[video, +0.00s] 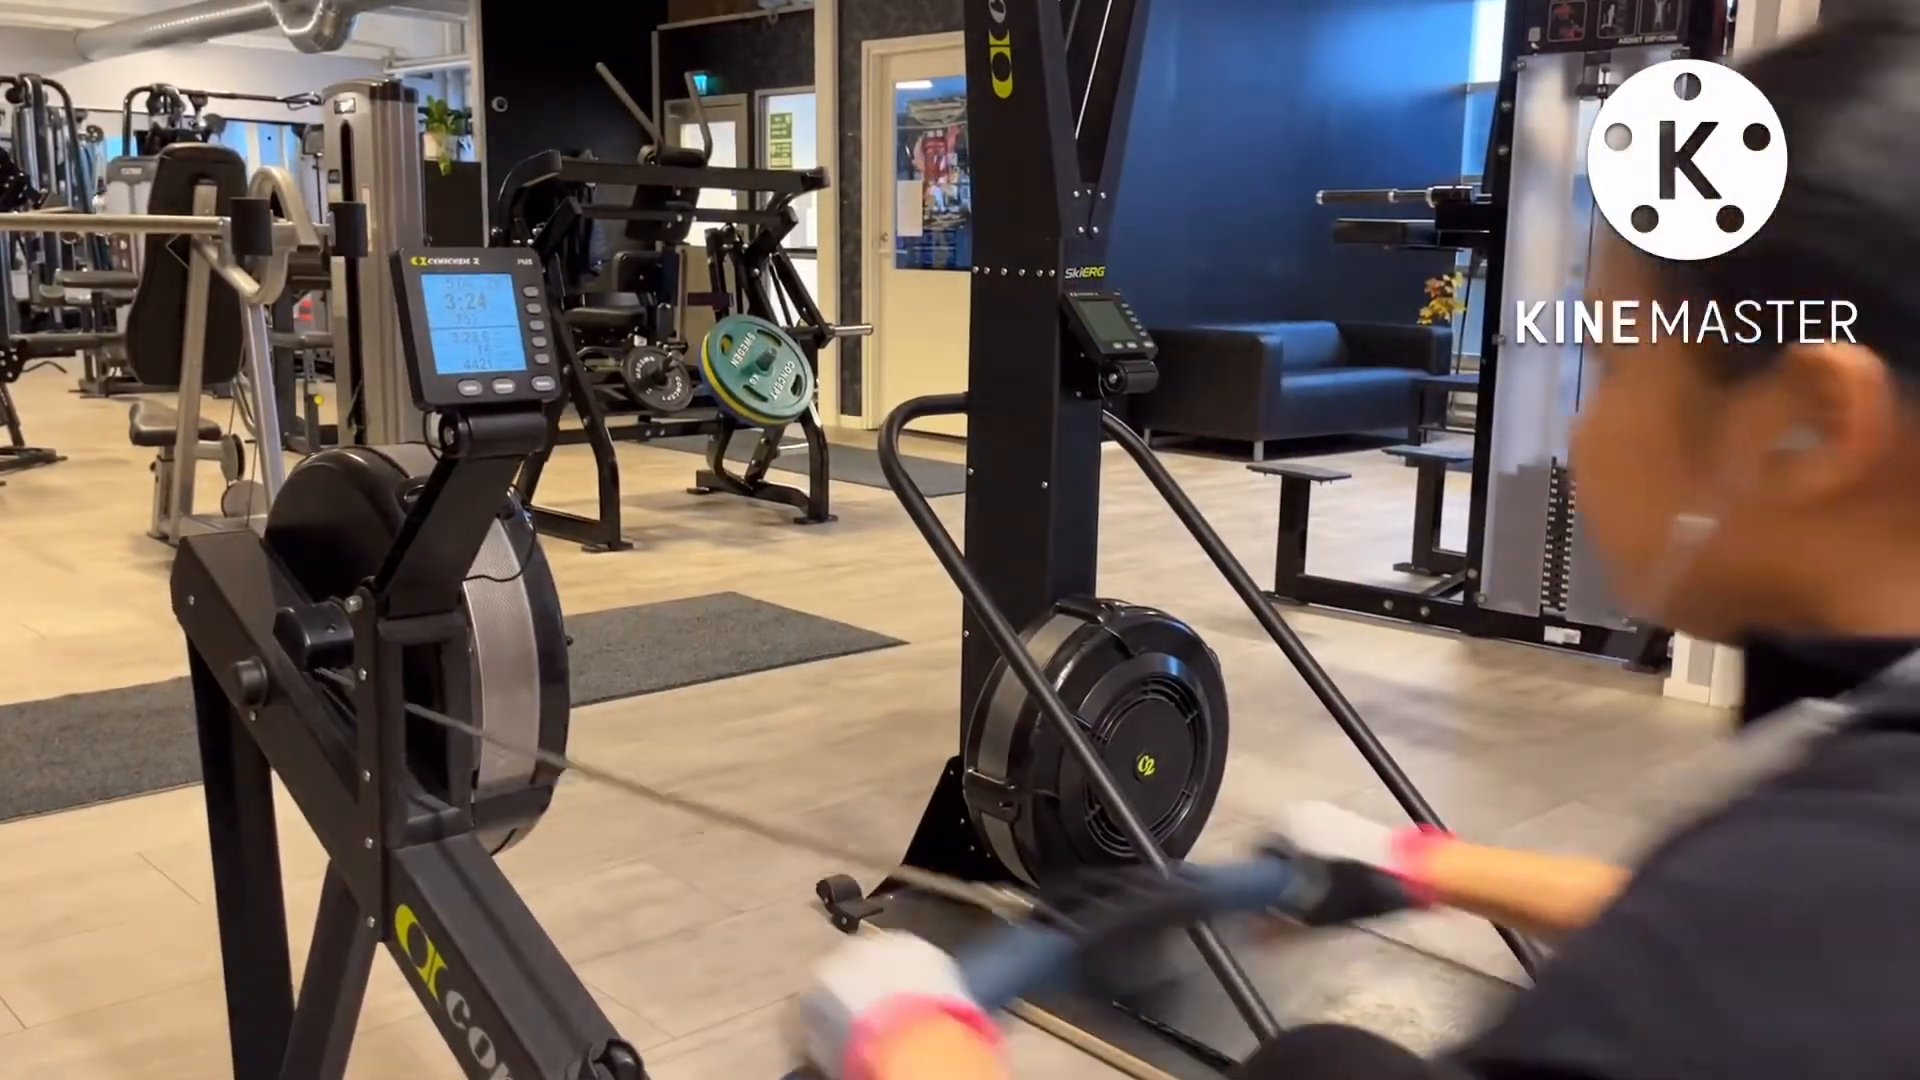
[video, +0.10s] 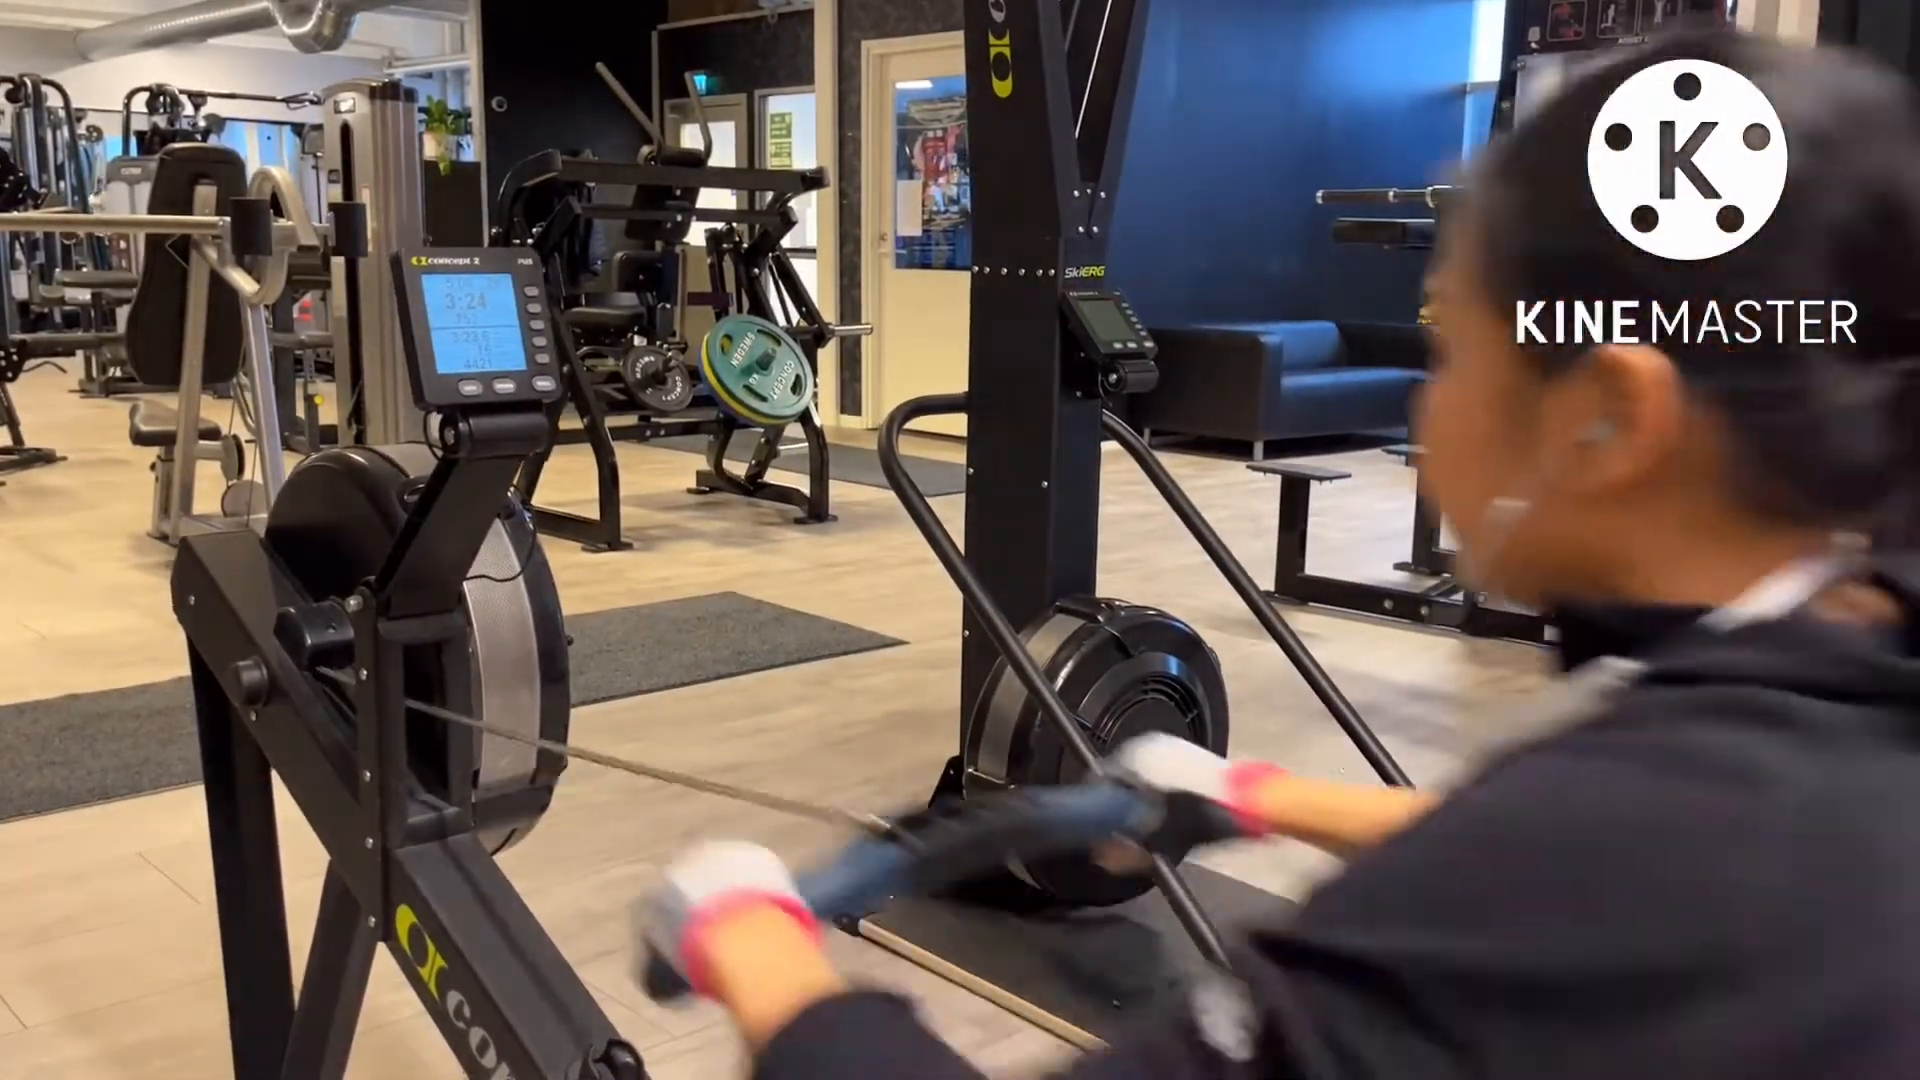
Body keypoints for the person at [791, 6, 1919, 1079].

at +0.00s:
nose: (1576, 430)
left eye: (1615, 346)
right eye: (1599, 346)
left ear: (1822, 428)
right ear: (1825, 434)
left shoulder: (1768, 935)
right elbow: (1808, 907)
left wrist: (943, 1057)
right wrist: (1441, 867)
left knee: (1331, 1045)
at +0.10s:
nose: (1418, 416)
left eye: (1447, 357)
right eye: (1434, 356)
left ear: (1614, 420)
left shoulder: (1580, 857)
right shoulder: (1880, 696)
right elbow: (1691, 827)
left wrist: (790, 985)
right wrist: (1376, 819)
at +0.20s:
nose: (1275, 391)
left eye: (1301, 349)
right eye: (1290, 343)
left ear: (1441, 418)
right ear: (1658, 402)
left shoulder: (1446, 788)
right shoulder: (1779, 669)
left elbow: (929, 1049)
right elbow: (1535, 732)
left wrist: (672, 896)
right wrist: (1236, 768)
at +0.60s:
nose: (950, 385)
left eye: (972, 354)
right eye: (966, 344)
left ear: (1067, 426)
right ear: (1262, 394)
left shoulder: (997, 667)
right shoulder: (1336, 559)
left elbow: (666, 720)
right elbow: (1120, 617)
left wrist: (429, 693)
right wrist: (890, 609)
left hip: (1290, 1070)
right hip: (1530, 1043)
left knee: (866, 973)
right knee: (935, 930)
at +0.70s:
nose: (966, 382)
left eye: (987, 350)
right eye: (981, 341)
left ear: (1090, 427)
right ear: (1280, 398)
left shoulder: (1023, 675)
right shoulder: (1367, 562)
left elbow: (685, 711)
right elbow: (1145, 603)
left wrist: (455, 687)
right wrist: (907, 612)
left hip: (1328, 1073)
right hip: (1584, 1048)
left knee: (899, 980)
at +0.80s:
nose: (1047, 394)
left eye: (1071, 352)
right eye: (1058, 346)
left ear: (1191, 421)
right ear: (1389, 393)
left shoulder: (1119, 704)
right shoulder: (1498, 606)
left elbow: (772, 779)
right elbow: (1282, 692)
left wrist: (531, 744)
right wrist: (1012, 664)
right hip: (1661, 1040)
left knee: (947, 1006)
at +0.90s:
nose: (1186, 403)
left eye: (1214, 360)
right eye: (1199, 353)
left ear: (1368, 423)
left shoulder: (1273, 768)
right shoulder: (1678, 670)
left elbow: (900, 882)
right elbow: (1398, 757)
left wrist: (617, 849)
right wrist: (1101, 744)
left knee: (1003, 1033)